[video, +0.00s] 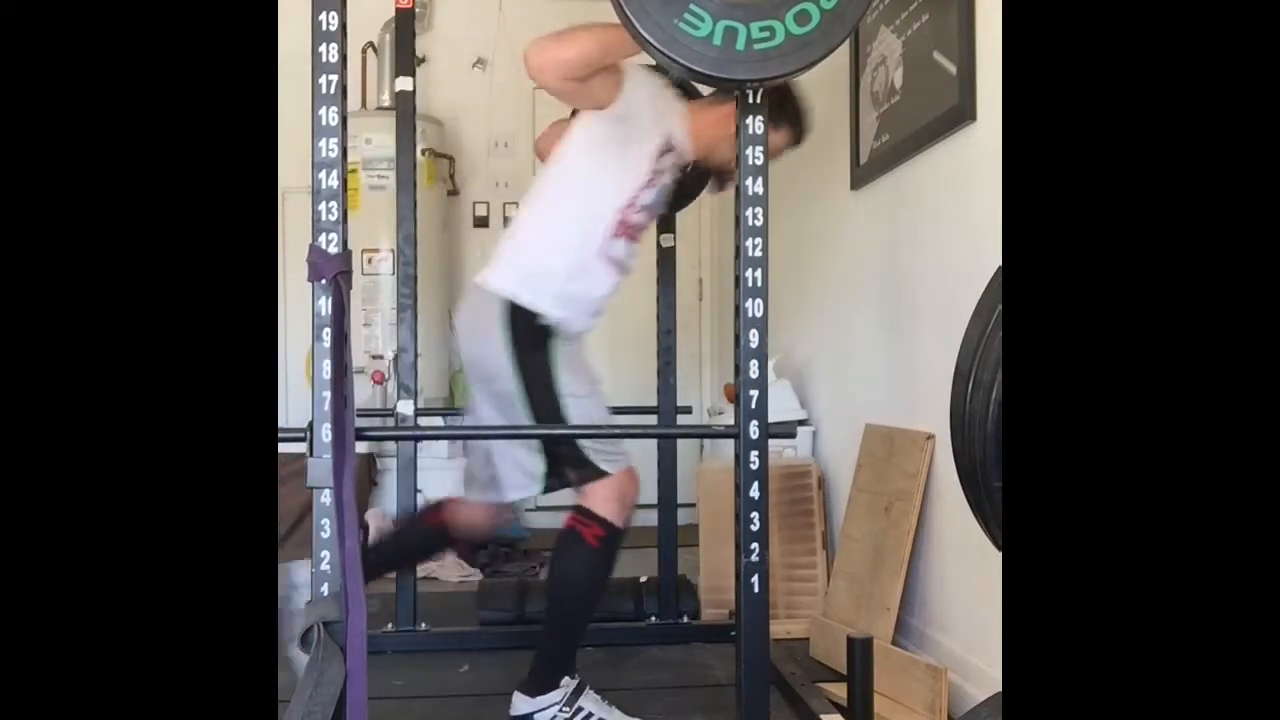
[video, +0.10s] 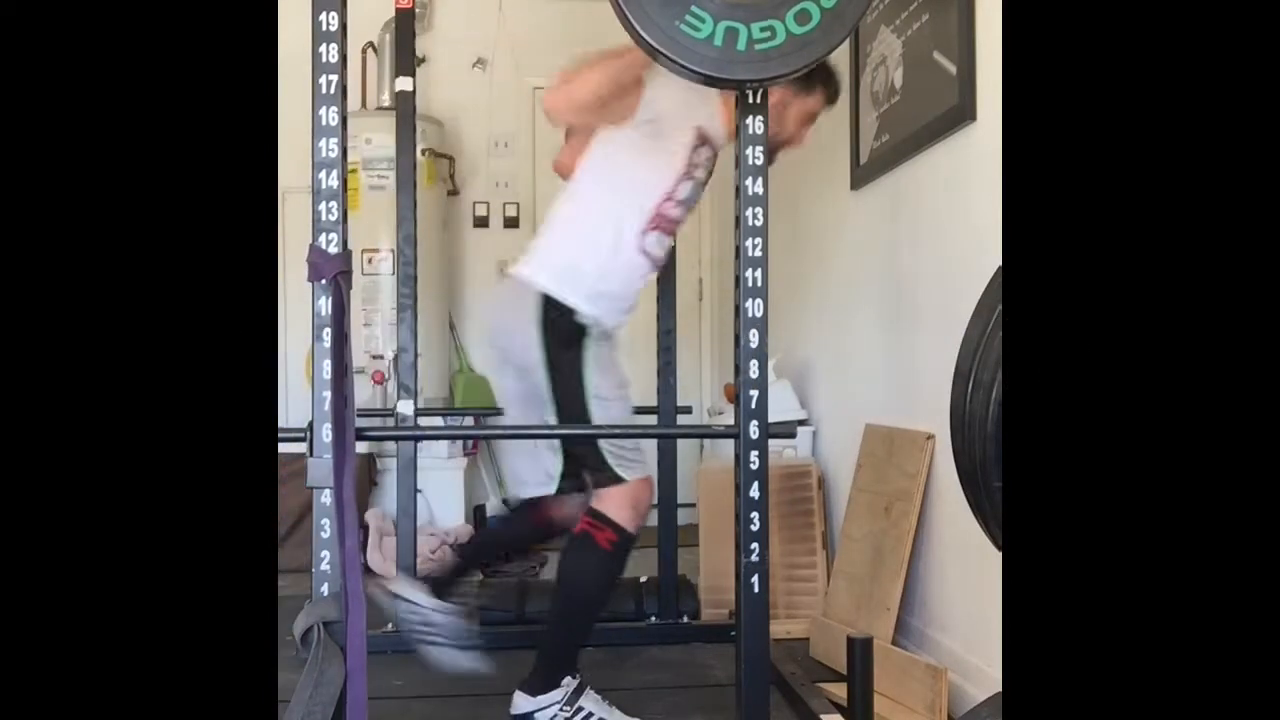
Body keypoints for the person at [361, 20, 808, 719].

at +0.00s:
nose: (747, 169)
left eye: (760, 162)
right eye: (758, 153)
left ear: (738, 120)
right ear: (745, 114)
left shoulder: (674, 155)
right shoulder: (642, 96)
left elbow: (553, 143)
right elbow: (545, 57)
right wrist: (642, 31)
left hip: (543, 322)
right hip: (510, 311)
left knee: (488, 510)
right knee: (610, 488)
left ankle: (345, 570)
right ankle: (545, 691)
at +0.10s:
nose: (801, 138)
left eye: (811, 124)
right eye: (807, 117)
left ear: (779, 96)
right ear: (777, 90)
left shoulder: (701, 125)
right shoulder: (679, 90)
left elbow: (572, 162)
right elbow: (560, 102)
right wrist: (646, 49)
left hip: (577, 315)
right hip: (551, 311)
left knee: (580, 497)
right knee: (624, 493)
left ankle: (429, 576)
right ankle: (547, 689)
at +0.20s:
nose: (818, 96)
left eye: (824, 82)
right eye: (819, 76)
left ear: (784, 70)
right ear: (783, 60)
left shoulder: (723, 119)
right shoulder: (690, 88)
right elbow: (588, 147)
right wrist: (663, 56)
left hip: (615, 311)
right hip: (578, 303)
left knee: (643, 491)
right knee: (635, 497)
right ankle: (549, 685)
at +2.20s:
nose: (761, 48)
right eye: (753, 34)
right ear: (724, 28)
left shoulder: (702, 102)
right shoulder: (682, 77)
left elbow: (575, 168)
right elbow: (567, 116)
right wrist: (654, 45)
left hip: (630, 309)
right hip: (613, 309)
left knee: (674, 482)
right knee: (708, 487)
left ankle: (626, 650)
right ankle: (651, 694)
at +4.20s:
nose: (760, 48)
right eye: (751, 33)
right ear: (721, 27)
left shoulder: (694, 101)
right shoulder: (680, 79)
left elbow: (576, 174)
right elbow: (574, 128)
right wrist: (656, 47)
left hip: (627, 310)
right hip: (618, 311)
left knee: (674, 487)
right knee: (711, 492)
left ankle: (628, 655)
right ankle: (651, 693)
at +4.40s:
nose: (761, 65)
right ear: (729, 45)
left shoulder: (691, 111)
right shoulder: (683, 85)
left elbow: (567, 152)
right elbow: (560, 102)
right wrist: (651, 43)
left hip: (627, 311)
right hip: (616, 312)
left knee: (675, 487)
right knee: (710, 496)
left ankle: (629, 653)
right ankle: (650, 694)